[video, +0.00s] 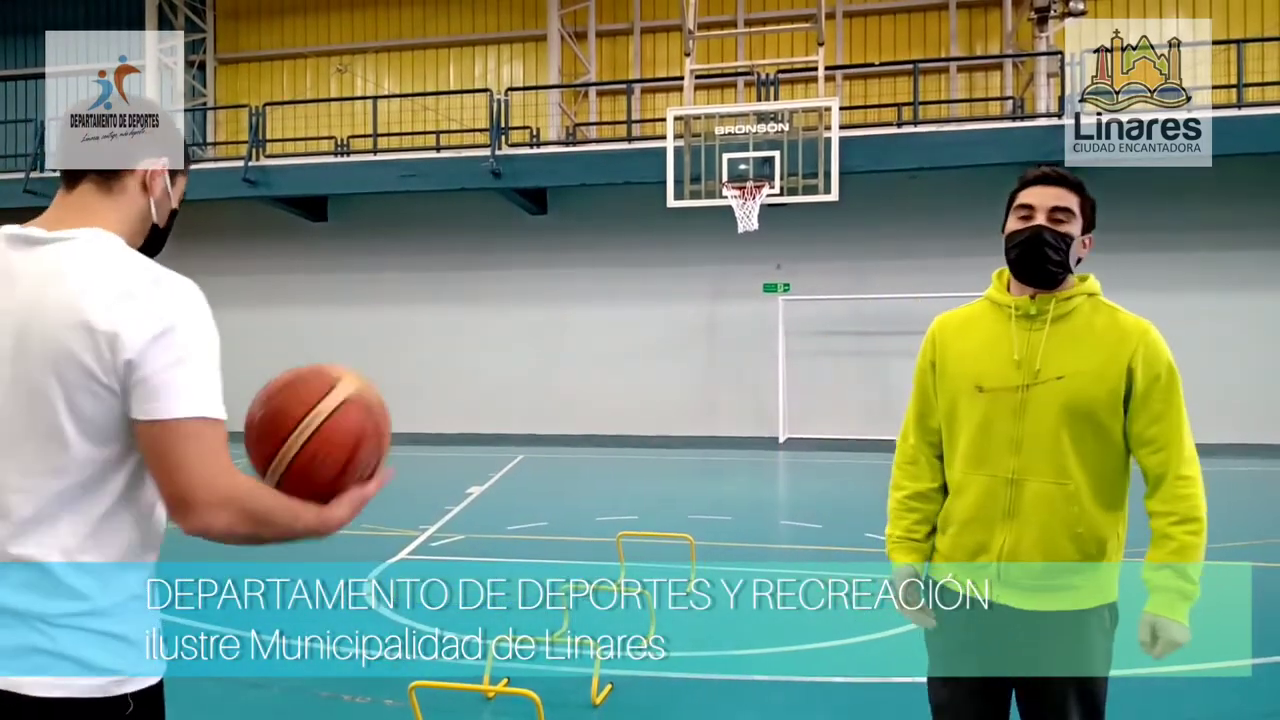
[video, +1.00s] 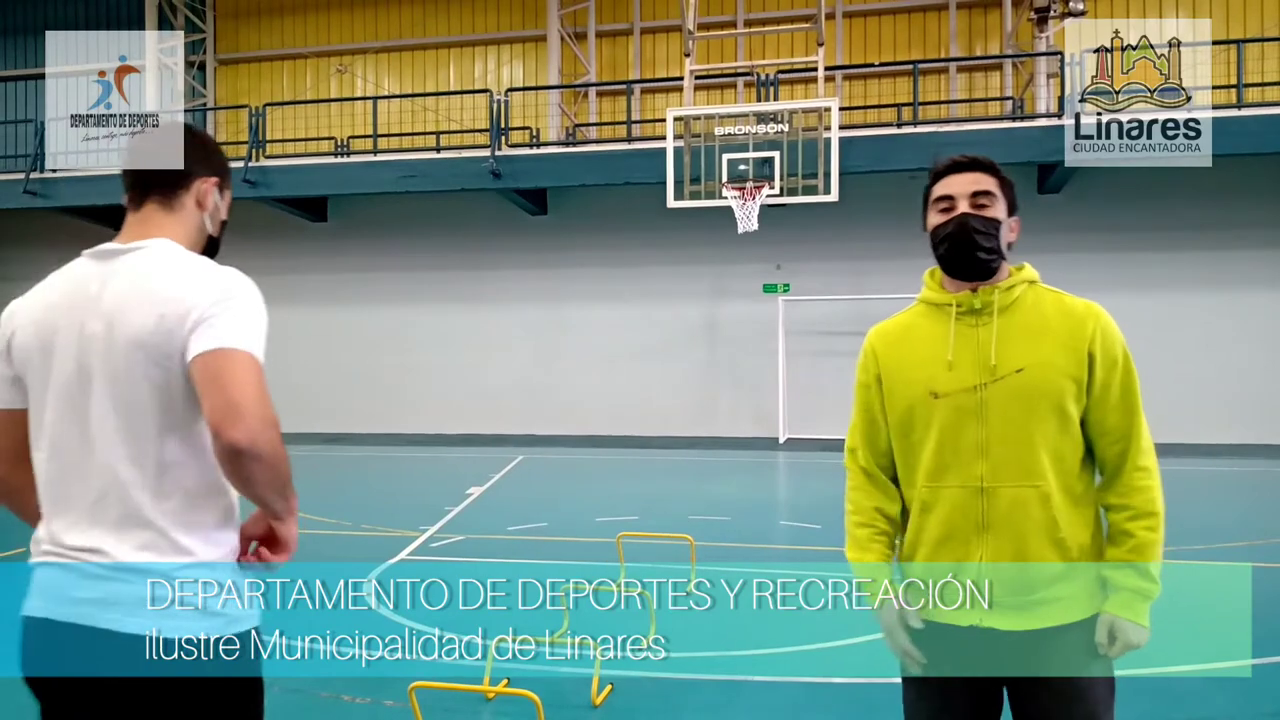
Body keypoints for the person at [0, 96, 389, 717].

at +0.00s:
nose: (175, 202)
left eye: (178, 184)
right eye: (177, 182)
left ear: (66, 168)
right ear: (152, 176)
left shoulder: (7, 252)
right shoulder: (152, 298)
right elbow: (204, 501)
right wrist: (322, 517)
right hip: (82, 669)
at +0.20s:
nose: (179, 206)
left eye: (182, 188)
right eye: (180, 185)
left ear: (73, 176)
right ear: (154, 180)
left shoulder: (7, 262)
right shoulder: (169, 305)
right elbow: (187, 510)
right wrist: (255, 559)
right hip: (95, 660)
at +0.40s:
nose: (171, 209)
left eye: (174, 193)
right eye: (172, 191)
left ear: (68, 186)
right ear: (148, 185)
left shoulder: (6, 276)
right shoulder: (157, 296)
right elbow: (162, 497)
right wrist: (222, 577)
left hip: (7, 634)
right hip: (112, 642)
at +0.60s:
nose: (175, 214)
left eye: (176, 198)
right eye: (176, 196)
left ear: (77, 190)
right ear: (151, 190)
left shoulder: (9, 285)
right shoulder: (158, 295)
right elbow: (168, 479)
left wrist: (164, 527)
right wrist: (246, 544)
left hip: (12, 623)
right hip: (120, 626)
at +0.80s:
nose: (189, 216)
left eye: (193, 202)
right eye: (191, 201)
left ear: (98, 192)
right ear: (171, 192)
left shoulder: (19, 290)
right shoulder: (176, 289)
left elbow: (35, 462)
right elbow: (205, 462)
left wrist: (176, 500)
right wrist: (260, 500)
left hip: (18, 621)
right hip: (137, 628)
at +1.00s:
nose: (222, 219)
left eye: (225, 205)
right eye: (224, 202)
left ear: (131, 194)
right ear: (208, 193)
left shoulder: (27, 308)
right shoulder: (214, 287)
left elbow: (12, 473)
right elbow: (239, 432)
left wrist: (78, 530)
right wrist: (278, 510)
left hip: (60, 625)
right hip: (188, 623)